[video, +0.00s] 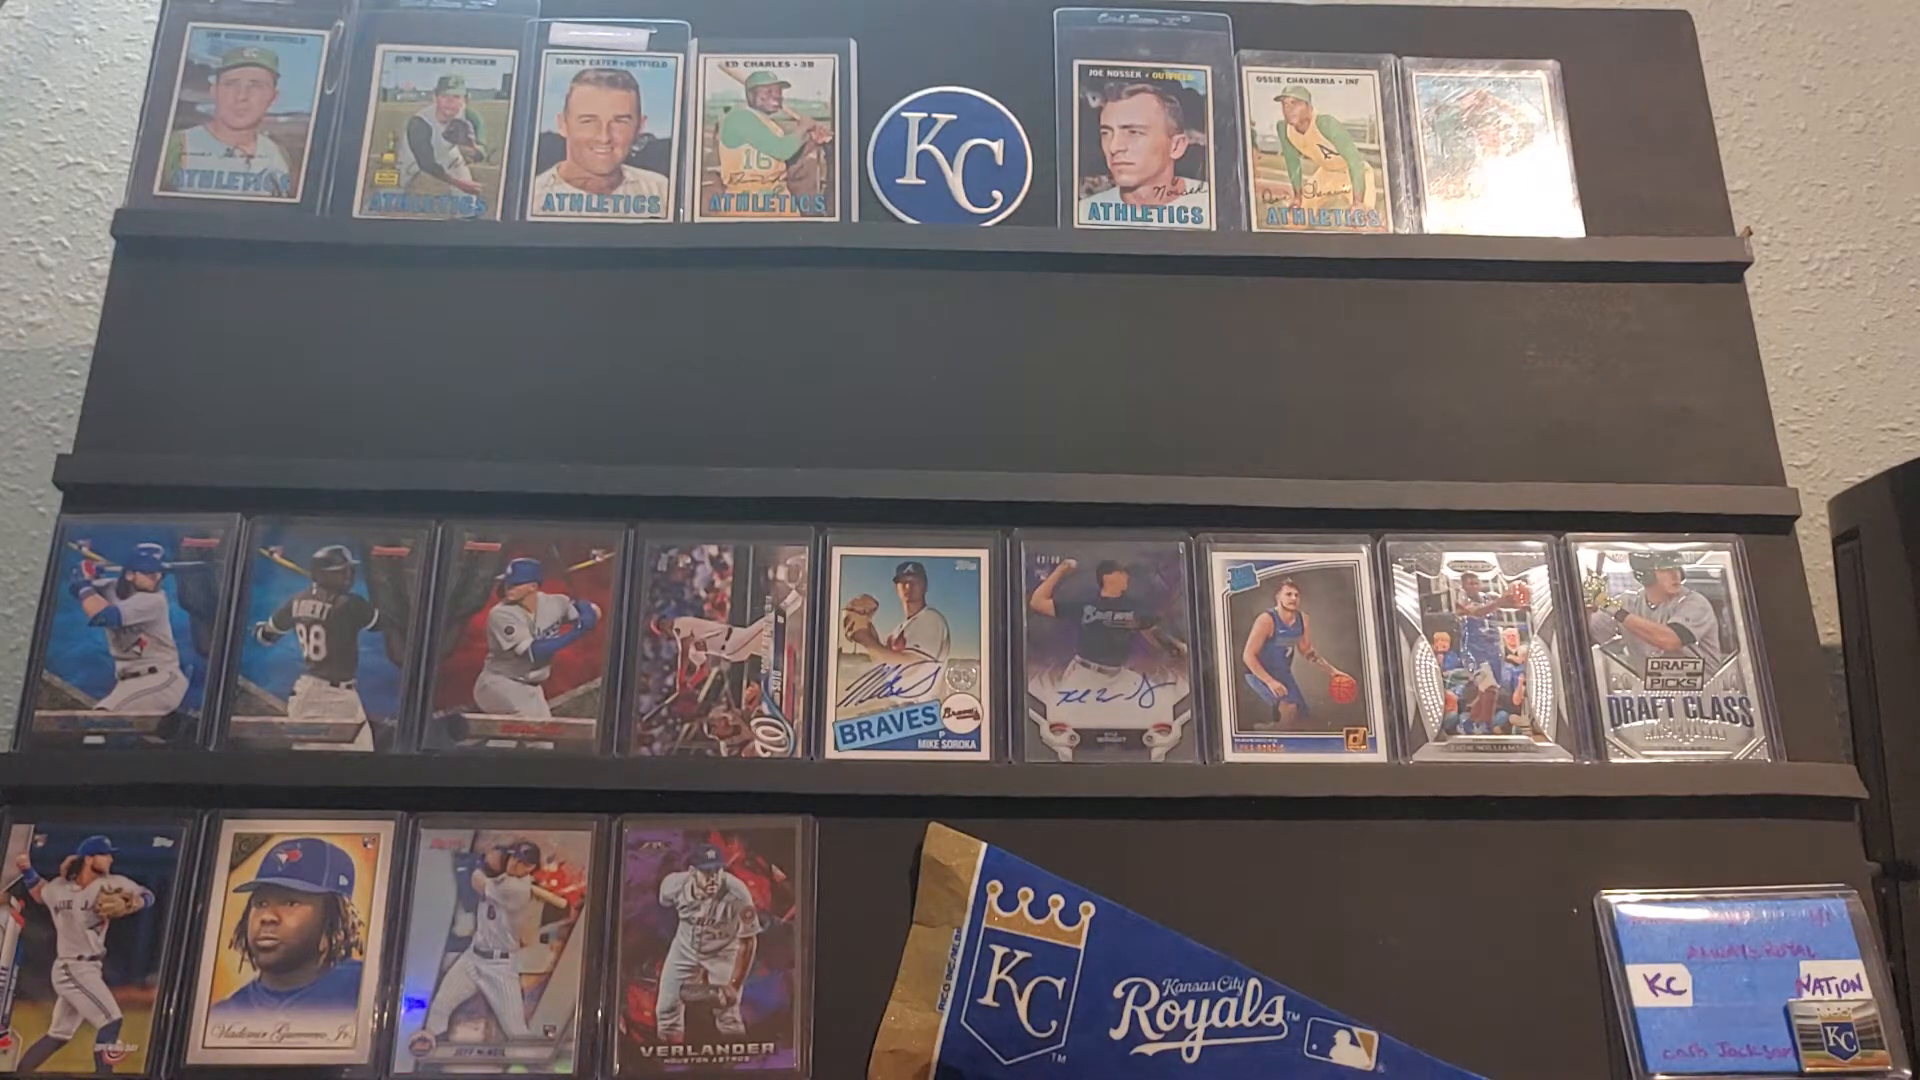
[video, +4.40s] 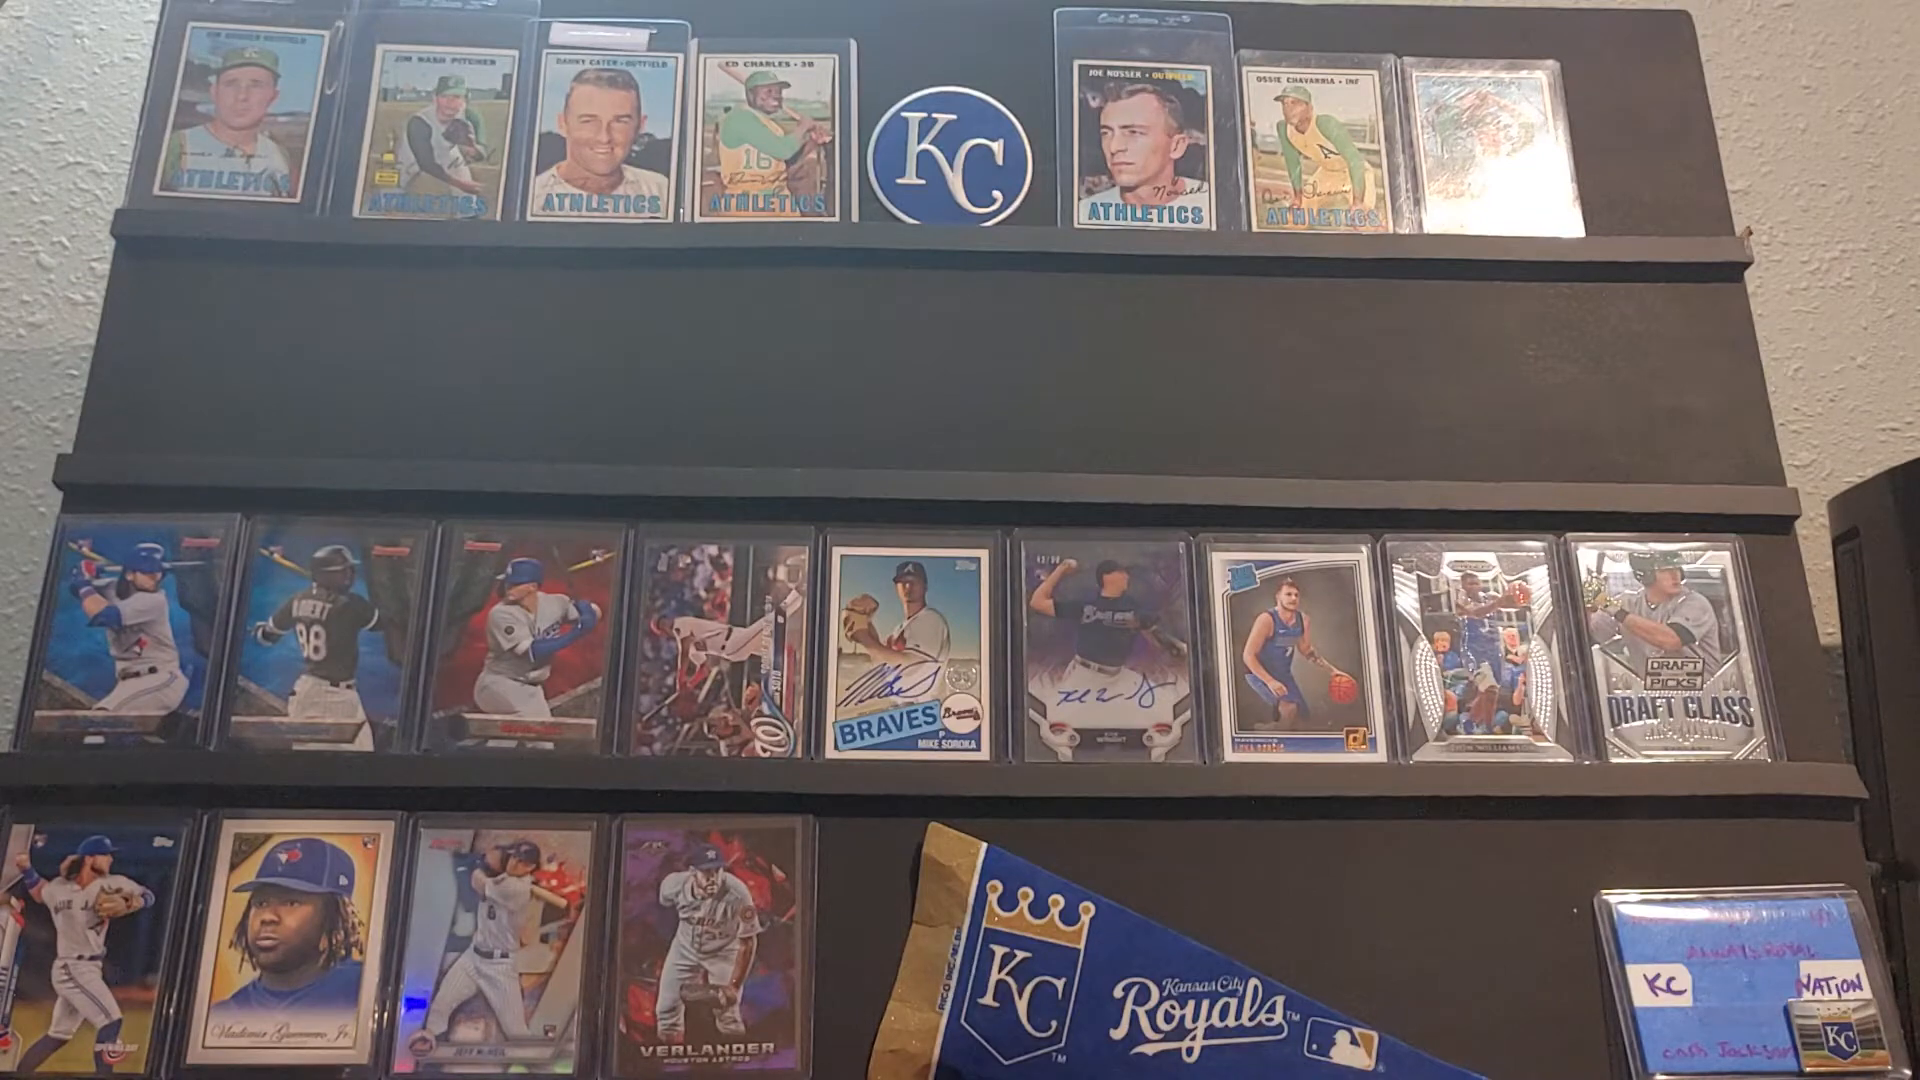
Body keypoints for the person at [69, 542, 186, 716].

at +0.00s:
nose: (157, 577)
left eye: (158, 572)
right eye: (149, 572)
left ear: (162, 573)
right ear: (130, 575)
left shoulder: (154, 600)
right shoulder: (113, 587)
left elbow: (105, 617)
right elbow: (79, 588)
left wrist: (83, 586)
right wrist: (87, 574)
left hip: (163, 679)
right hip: (130, 682)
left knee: (100, 717)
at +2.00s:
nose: (156, 577)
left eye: (158, 572)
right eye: (148, 572)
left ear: (162, 573)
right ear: (130, 575)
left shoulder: (155, 601)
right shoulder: (114, 588)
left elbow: (105, 617)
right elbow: (79, 588)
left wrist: (83, 586)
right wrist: (88, 573)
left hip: (163, 680)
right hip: (130, 681)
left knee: (99, 717)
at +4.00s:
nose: (156, 577)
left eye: (158, 571)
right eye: (148, 572)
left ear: (162, 573)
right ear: (130, 575)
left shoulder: (154, 601)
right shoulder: (113, 588)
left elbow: (104, 617)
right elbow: (78, 589)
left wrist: (83, 585)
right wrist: (87, 571)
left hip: (163, 679)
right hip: (129, 681)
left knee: (101, 716)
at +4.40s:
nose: (155, 576)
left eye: (158, 571)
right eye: (148, 571)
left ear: (162, 573)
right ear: (130, 575)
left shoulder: (154, 600)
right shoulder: (114, 589)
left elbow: (105, 617)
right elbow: (80, 589)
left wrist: (83, 586)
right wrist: (87, 574)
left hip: (162, 679)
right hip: (130, 682)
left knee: (99, 717)